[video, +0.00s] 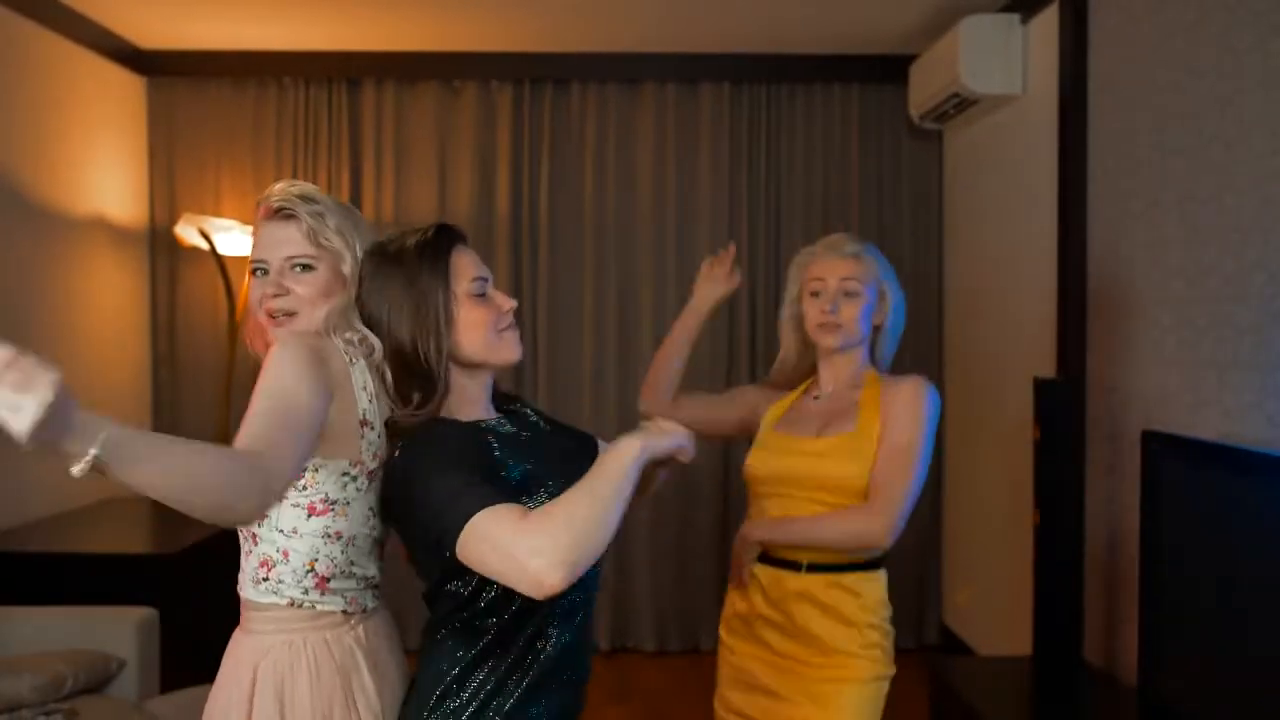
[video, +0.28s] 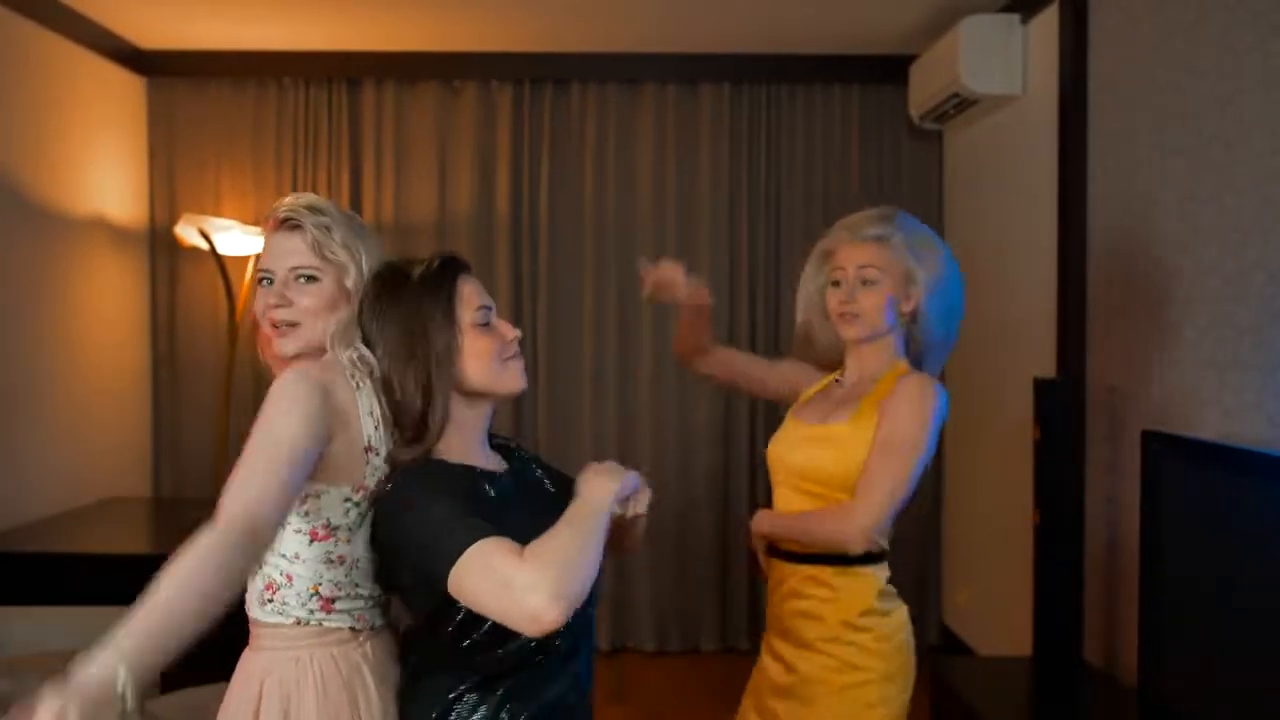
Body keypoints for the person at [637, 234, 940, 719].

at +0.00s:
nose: (829, 306)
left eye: (850, 293)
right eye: (815, 293)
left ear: (879, 309)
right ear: (799, 309)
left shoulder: (905, 397)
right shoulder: (770, 405)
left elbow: (879, 526)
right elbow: (657, 405)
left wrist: (755, 529)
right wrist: (700, 303)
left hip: (842, 633)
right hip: (754, 625)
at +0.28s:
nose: (844, 296)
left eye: (867, 281)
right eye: (835, 282)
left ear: (909, 300)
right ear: (824, 298)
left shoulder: (914, 393)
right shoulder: (815, 386)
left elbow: (859, 525)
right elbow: (697, 355)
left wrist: (762, 522)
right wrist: (695, 301)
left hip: (855, 639)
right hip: (786, 634)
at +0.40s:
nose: (848, 313)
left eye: (871, 298)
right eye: (843, 300)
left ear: (917, 316)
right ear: (832, 310)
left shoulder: (908, 420)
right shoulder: (847, 408)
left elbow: (836, 565)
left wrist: (768, 555)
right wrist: (736, 351)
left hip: (859, 669)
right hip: (803, 660)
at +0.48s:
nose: (851, 321)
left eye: (873, 307)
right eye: (846, 308)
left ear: (919, 327)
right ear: (835, 317)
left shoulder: (901, 433)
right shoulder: (863, 417)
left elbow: (827, 583)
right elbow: (797, 387)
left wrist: (754, 566)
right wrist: (761, 362)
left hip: (865, 683)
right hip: (820, 673)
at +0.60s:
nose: (849, 317)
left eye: (874, 302)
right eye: (852, 303)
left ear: (920, 326)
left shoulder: (877, 432)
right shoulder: (917, 415)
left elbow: (809, 580)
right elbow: (871, 419)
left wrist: (780, 567)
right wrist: (819, 407)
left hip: (868, 683)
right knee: (775, 714)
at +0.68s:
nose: (851, 305)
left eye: (876, 290)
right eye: (855, 290)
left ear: (922, 313)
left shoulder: (872, 412)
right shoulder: (919, 404)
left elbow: (799, 557)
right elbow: (814, 397)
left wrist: (787, 545)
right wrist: (815, 358)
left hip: (867, 669)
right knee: (772, 713)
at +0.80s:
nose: (858, 280)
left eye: (880, 264)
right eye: (860, 266)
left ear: (929, 278)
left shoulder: (866, 372)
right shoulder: (932, 375)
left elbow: (784, 512)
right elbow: (825, 394)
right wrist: (828, 293)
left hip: (860, 643)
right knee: (776, 712)